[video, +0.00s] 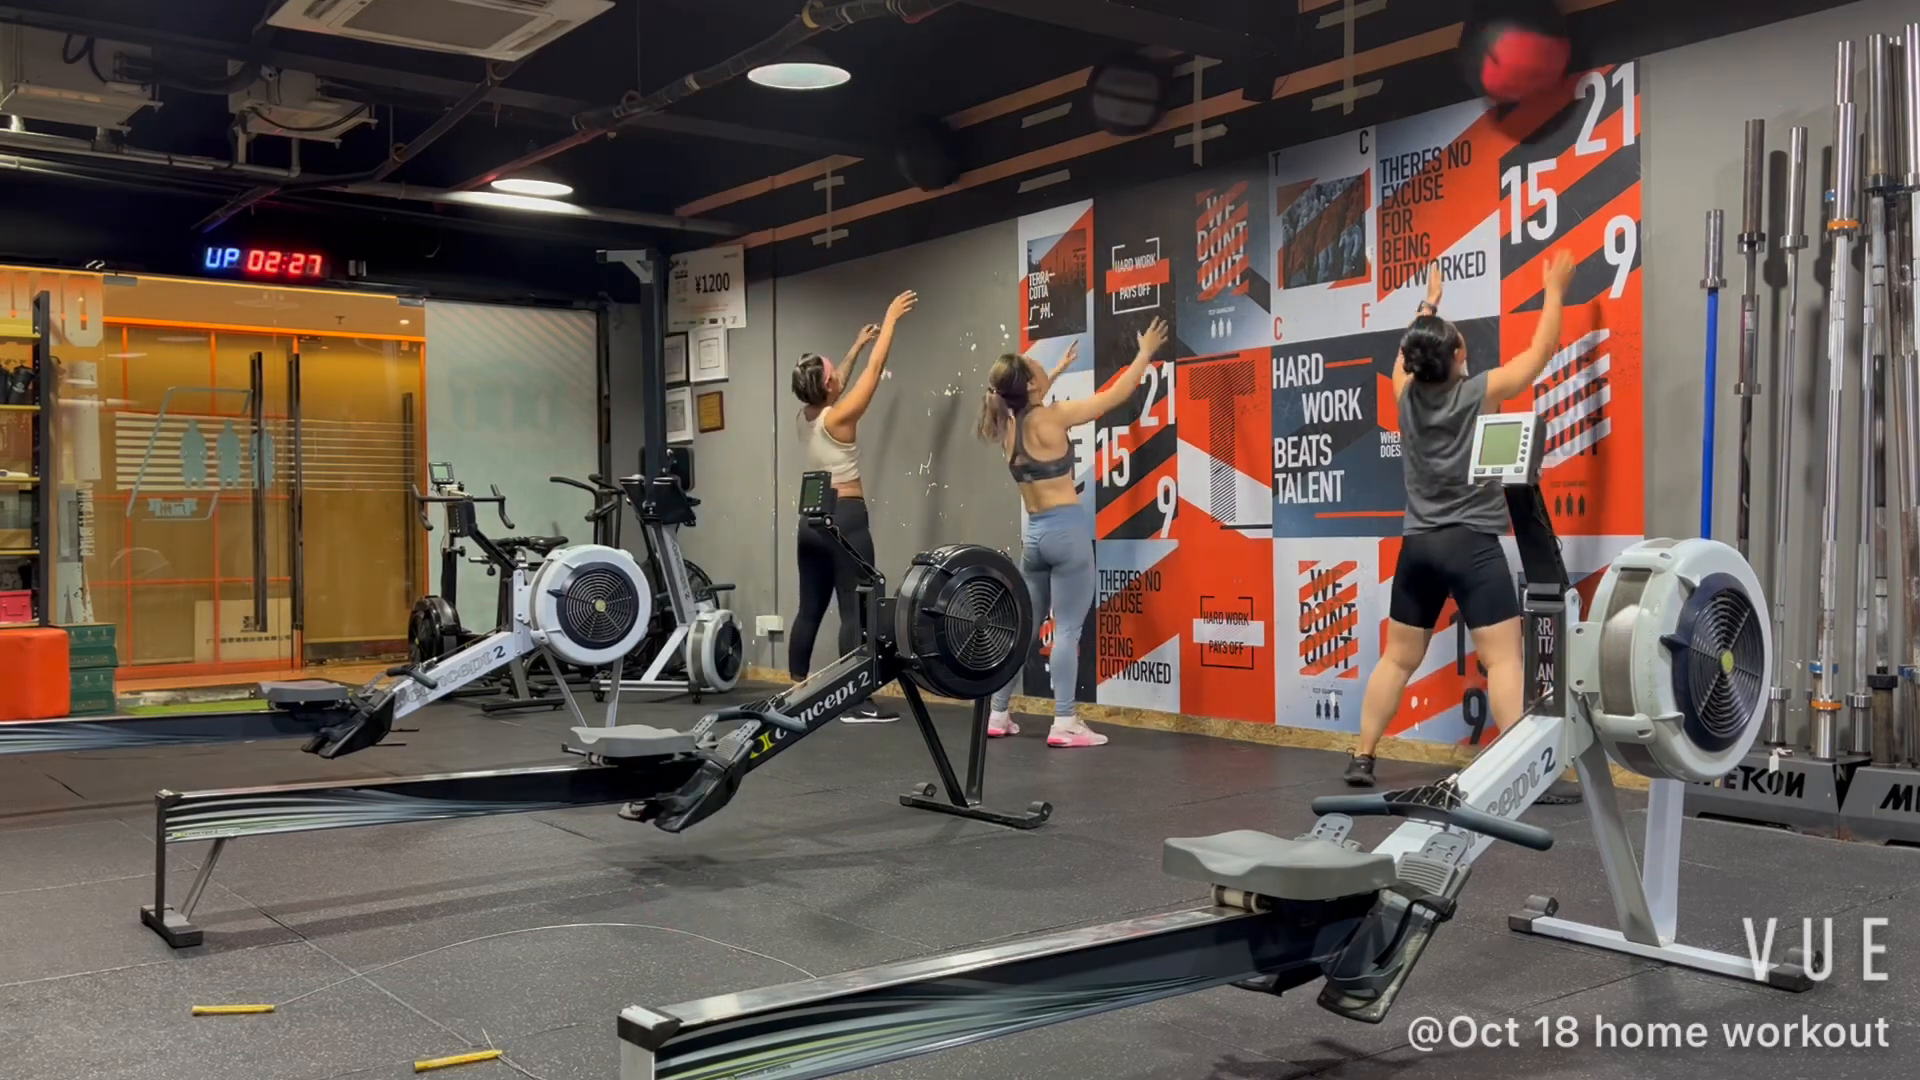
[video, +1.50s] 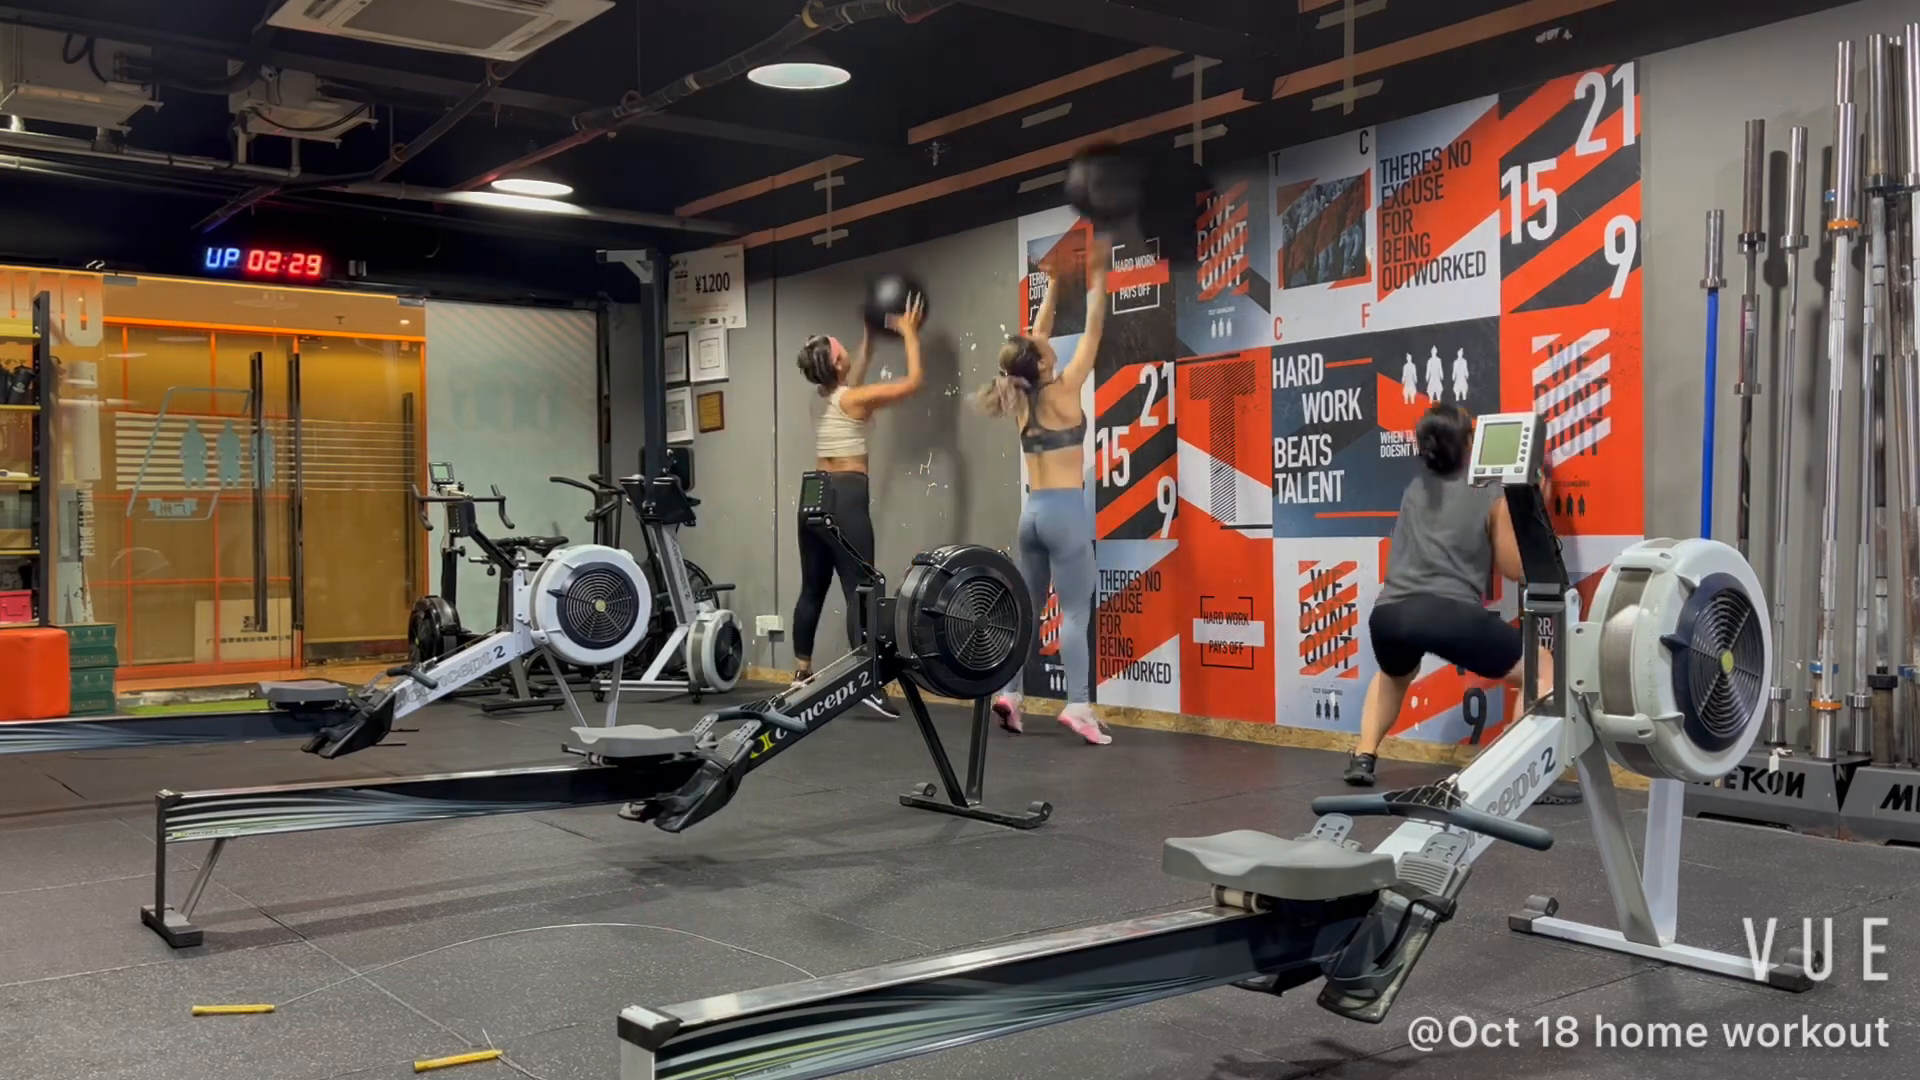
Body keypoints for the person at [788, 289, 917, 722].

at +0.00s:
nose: (837, 370)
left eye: (833, 366)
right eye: (833, 369)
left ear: (811, 389)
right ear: (828, 383)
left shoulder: (807, 416)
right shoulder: (841, 415)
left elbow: (833, 382)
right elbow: (877, 367)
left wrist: (857, 347)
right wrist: (891, 317)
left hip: (813, 515)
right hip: (846, 513)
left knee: (809, 611)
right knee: (854, 612)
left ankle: (797, 694)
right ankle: (854, 700)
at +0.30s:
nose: (837, 368)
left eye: (831, 365)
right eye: (832, 367)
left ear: (810, 390)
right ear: (830, 381)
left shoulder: (819, 418)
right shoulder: (846, 413)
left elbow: (857, 397)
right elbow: (893, 388)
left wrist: (877, 360)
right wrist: (919, 340)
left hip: (799, 520)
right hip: (828, 520)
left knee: (806, 610)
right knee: (853, 610)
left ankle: (797, 695)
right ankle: (853, 701)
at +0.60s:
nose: (864, 449)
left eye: (860, 445)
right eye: (859, 448)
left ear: (834, 462)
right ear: (854, 461)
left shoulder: (822, 489)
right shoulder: (863, 494)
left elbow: (853, 515)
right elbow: (913, 536)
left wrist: (874, 489)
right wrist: (904, 494)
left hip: (785, 586)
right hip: (821, 588)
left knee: (823, 620)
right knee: (885, 620)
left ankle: (800, 695)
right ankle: (856, 701)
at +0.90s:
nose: (879, 496)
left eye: (875, 491)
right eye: (874, 493)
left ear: (846, 502)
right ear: (867, 503)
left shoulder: (832, 528)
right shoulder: (871, 539)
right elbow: (908, 587)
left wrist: (886, 544)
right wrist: (910, 549)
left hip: (777, 620)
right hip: (815, 623)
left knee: (829, 612)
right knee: (887, 631)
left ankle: (804, 691)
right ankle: (856, 701)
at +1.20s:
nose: (875, 432)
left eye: (870, 429)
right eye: (870, 432)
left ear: (847, 451)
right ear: (865, 446)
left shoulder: (836, 478)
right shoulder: (872, 482)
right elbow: (914, 531)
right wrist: (911, 490)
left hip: (784, 562)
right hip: (820, 564)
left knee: (825, 621)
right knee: (878, 616)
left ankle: (800, 694)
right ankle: (858, 700)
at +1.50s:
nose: (846, 351)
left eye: (840, 348)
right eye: (841, 350)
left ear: (822, 371)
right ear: (838, 365)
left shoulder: (825, 400)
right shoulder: (853, 398)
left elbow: (856, 381)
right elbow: (913, 382)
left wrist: (871, 339)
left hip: (814, 497)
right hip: (846, 498)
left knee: (812, 587)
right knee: (859, 588)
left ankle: (802, 674)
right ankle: (867, 680)